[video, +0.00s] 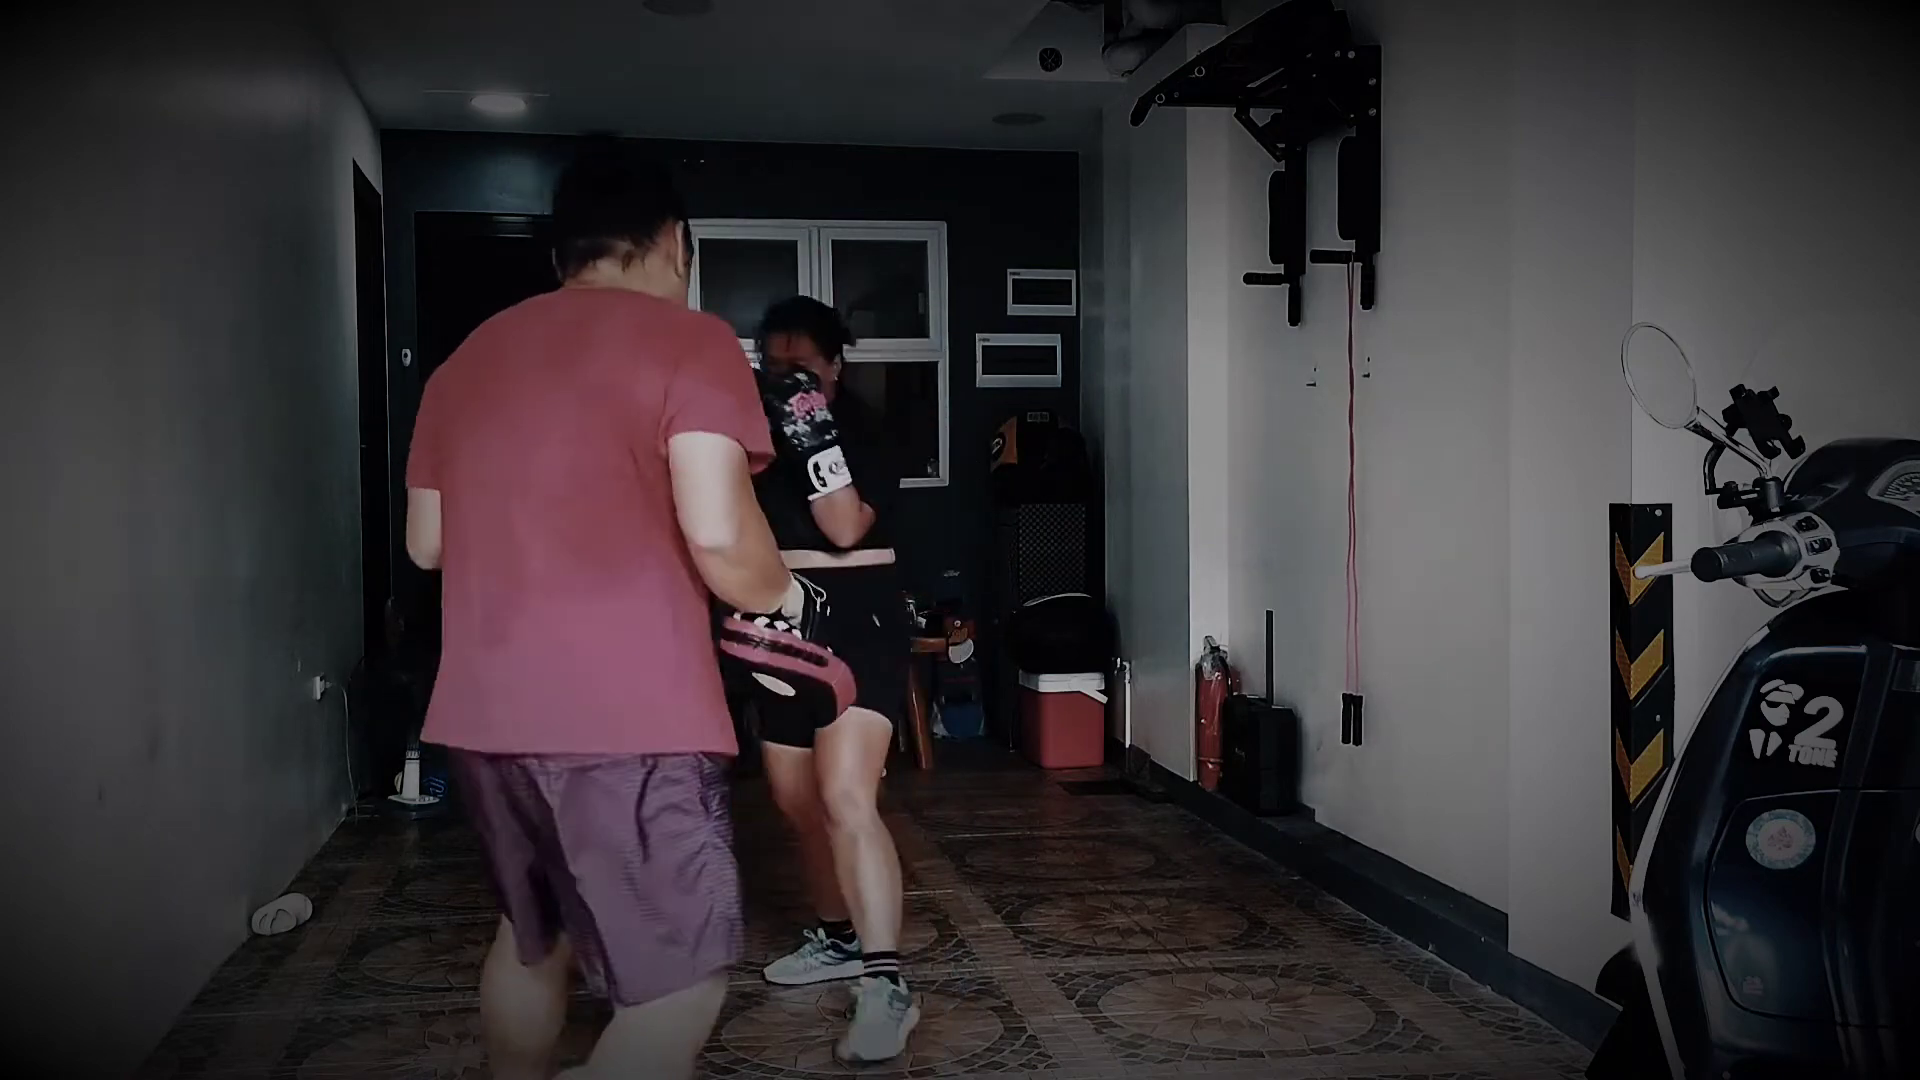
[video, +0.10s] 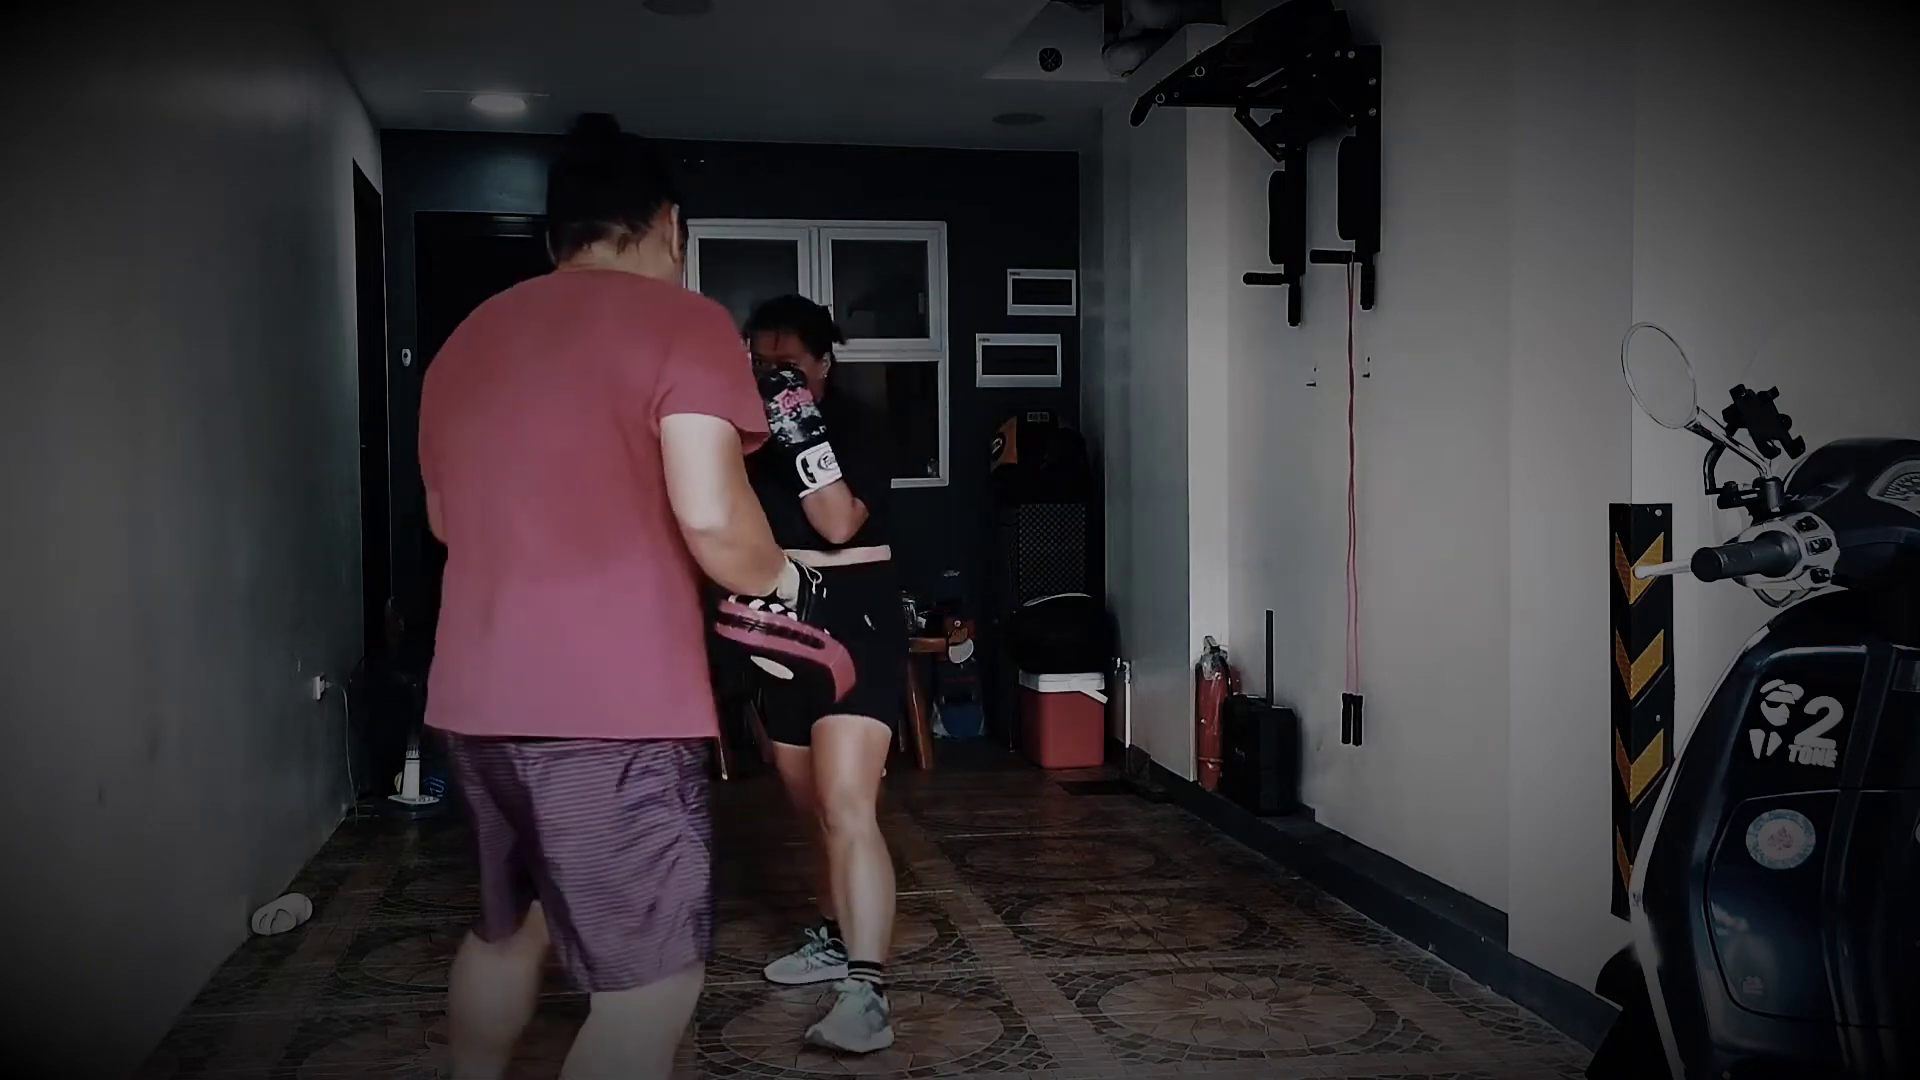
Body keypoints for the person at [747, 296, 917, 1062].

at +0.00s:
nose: (785, 378)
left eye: (799, 365)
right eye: (773, 365)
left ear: (834, 362)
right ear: (756, 365)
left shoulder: (861, 427)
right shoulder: (745, 424)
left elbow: (845, 526)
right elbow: (716, 509)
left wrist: (815, 433)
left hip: (859, 612)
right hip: (769, 611)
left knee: (845, 796)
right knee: (794, 797)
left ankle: (884, 978)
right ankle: (838, 933)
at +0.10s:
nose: (772, 375)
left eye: (786, 363)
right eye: (761, 363)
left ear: (823, 362)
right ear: (745, 363)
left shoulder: (850, 424)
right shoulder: (742, 427)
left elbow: (838, 522)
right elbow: (722, 520)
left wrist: (801, 428)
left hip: (854, 611)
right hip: (772, 613)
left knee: (848, 805)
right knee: (808, 796)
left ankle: (869, 990)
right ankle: (843, 936)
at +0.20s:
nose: (766, 380)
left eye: (779, 366)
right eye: (755, 369)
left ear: (817, 361)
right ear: (742, 371)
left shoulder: (851, 428)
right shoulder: (744, 430)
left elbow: (831, 526)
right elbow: (722, 522)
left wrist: (794, 432)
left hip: (857, 619)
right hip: (777, 620)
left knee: (846, 821)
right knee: (816, 804)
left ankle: (859, 999)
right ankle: (836, 942)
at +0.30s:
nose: (759, 377)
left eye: (772, 361)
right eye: (749, 365)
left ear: (814, 356)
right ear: (735, 368)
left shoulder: (849, 423)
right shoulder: (744, 430)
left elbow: (828, 517)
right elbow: (715, 524)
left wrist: (786, 426)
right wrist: (717, 450)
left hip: (856, 619)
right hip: (773, 619)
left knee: (853, 817)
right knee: (800, 803)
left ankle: (864, 1001)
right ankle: (832, 934)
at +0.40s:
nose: (759, 370)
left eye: (772, 355)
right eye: (750, 357)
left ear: (813, 356)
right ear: (738, 361)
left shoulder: (853, 418)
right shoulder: (743, 426)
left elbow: (831, 506)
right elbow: (693, 509)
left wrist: (785, 415)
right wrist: (697, 426)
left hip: (856, 623)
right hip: (767, 621)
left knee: (848, 819)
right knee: (769, 807)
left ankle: (860, 1005)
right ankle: (824, 926)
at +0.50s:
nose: (761, 375)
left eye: (773, 360)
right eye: (749, 364)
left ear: (814, 358)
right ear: (741, 368)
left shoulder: (851, 423)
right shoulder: (737, 430)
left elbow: (861, 528)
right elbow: (677, 521)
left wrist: (809, 437)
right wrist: (686, 444)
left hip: (856, 636)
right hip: (769, 636)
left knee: (826, 820)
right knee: (747, 818)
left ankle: (851, 1008)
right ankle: (816, 929)